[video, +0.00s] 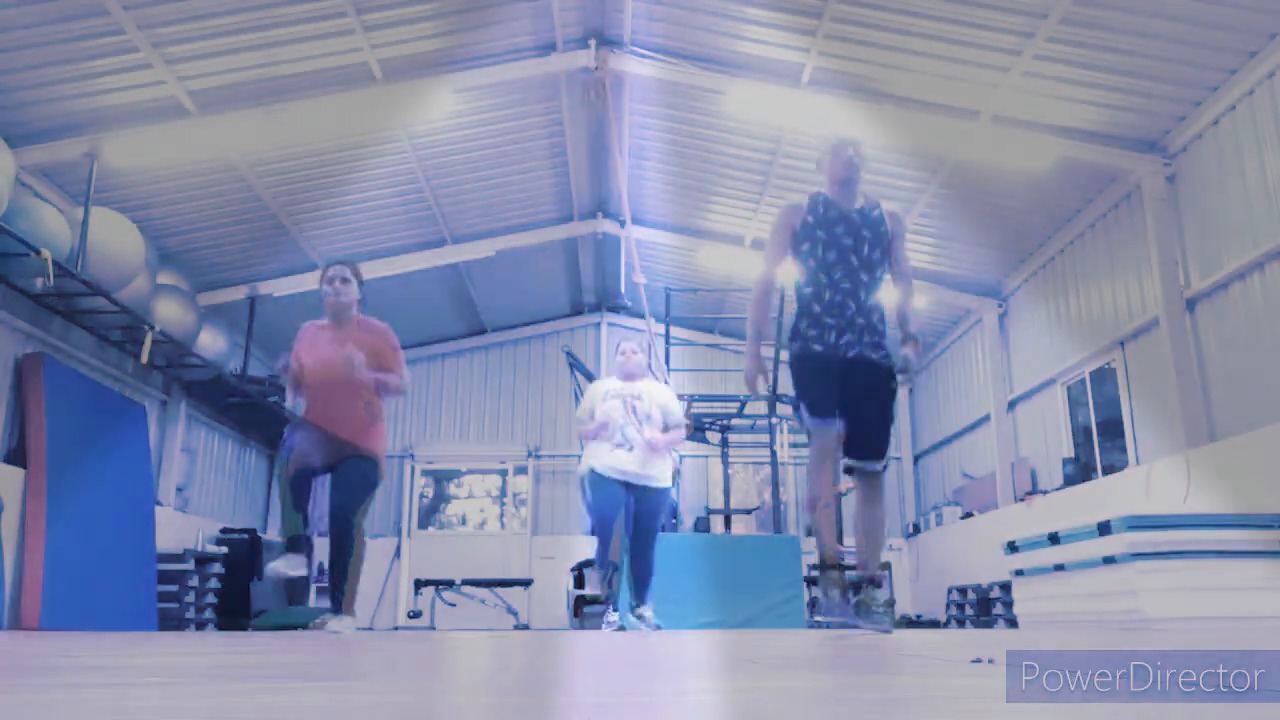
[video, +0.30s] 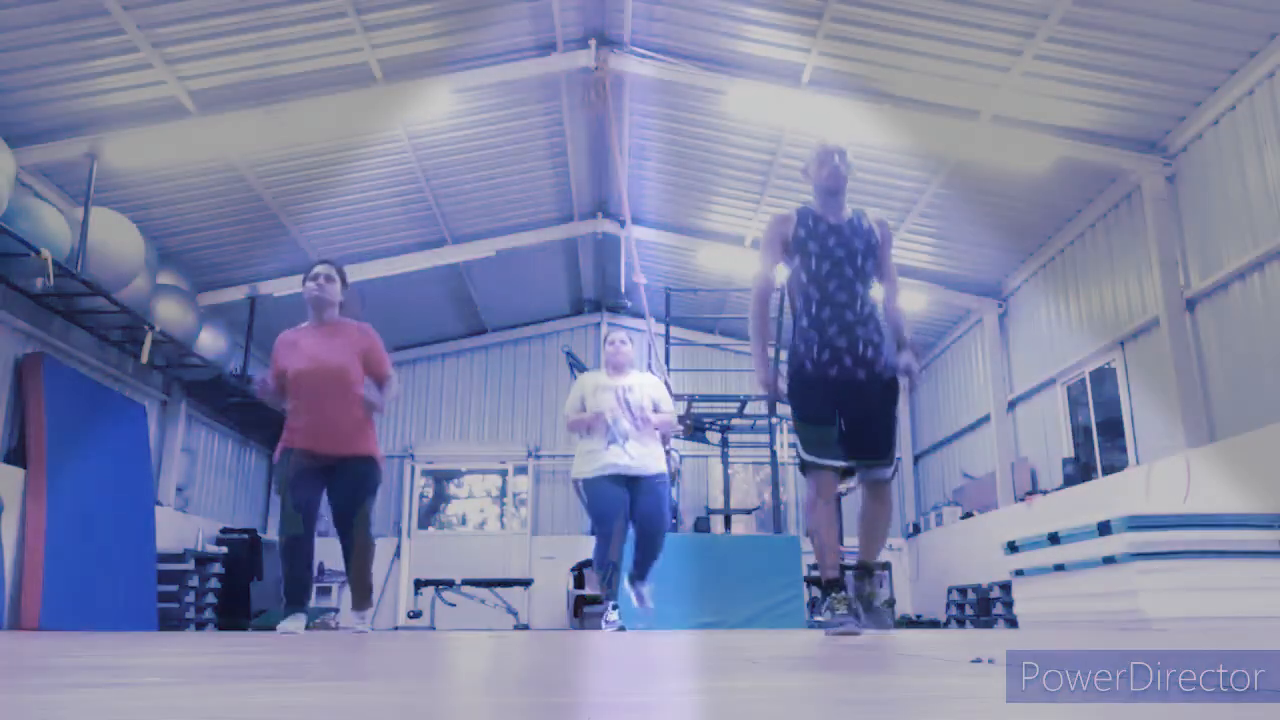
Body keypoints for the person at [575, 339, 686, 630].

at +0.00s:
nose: (627, 356)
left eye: (634, 352)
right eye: (622, 352)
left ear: (646, 360)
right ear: (615, 361)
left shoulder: (662, 392)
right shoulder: (600, 388)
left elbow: (681, 431)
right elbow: (581, 430)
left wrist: (662, 440)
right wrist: (598, 426)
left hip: (651, 474)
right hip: (606, 470)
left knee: (644, 542)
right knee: (605, 516)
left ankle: (641, 605)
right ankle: (610, 605)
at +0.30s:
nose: (617, 347)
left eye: (623, 342)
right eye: (611, 343)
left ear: (633, 350)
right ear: (603, 351)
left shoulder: (651, 382)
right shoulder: (587, 381)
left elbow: (672, 420)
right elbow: (570, 422)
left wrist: (650, 419)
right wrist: (593, 418)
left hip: (647, 468)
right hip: (599, 468)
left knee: (655, 524)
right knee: (611, 523)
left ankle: (639, 580)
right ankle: (610, 603)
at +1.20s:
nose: (633, 349)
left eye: (639, 345)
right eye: (628, 344)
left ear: (648, 351)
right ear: (618, 349)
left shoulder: (662, 378)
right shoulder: (599, 376)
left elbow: (683, 416)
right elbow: (581, 412)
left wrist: (662, 423)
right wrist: (595, 419)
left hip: (649, 459)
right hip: (604, 452)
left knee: (638, 533)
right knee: (594, 496)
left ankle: (640, 603)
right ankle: (603, 558)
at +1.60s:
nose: (624, 352)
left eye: (630, 348)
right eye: (618, 348)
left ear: (640, 355)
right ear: (609, 355)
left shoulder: (657, 384)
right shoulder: (594, 383)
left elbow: (678, 424)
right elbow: (578, 424)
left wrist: (653, 427)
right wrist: (593, 422)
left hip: (647, 466)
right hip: (602, 461)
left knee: (639, 539)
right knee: (603, 511)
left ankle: (644, 606)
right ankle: (600, 578)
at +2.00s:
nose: (613, 347)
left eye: (618, 344)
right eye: (607, 345)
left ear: (627, 355)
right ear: (598, 355)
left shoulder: (643, 382)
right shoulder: (580, 383)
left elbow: (665, 420)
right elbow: (565, 422)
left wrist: (645, 421)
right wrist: (587, 422)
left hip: (640, 466)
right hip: (595, 468)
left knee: (651, 519)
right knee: (602, 533)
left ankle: (632, 570)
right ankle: (599, 601)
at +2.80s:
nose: (632, 364)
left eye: (637, 360)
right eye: (626, 359)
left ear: (645, 368)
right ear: (617, 367)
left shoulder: (659, 395)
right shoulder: (600, 394)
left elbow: (674, 433)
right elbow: (585, 433)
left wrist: (649, 433)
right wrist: (606, 434)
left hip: (647, 476)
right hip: (604, 475)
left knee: (642, 540)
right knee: (601, 535)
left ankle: (644, 605)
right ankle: (605, 578)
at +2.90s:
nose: (629, 367)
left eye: (636, 364)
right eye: (625, 364)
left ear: (645, 373)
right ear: (618, 373)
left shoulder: (660, 401)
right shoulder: (604, 398)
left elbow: (676, 439)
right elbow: (585, 435)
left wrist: (646, 439)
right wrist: (603, 442)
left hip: (650, 475)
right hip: (609, 467)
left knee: (641, 541)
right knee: (603, 495)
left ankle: (642, 609)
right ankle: (609, 552)